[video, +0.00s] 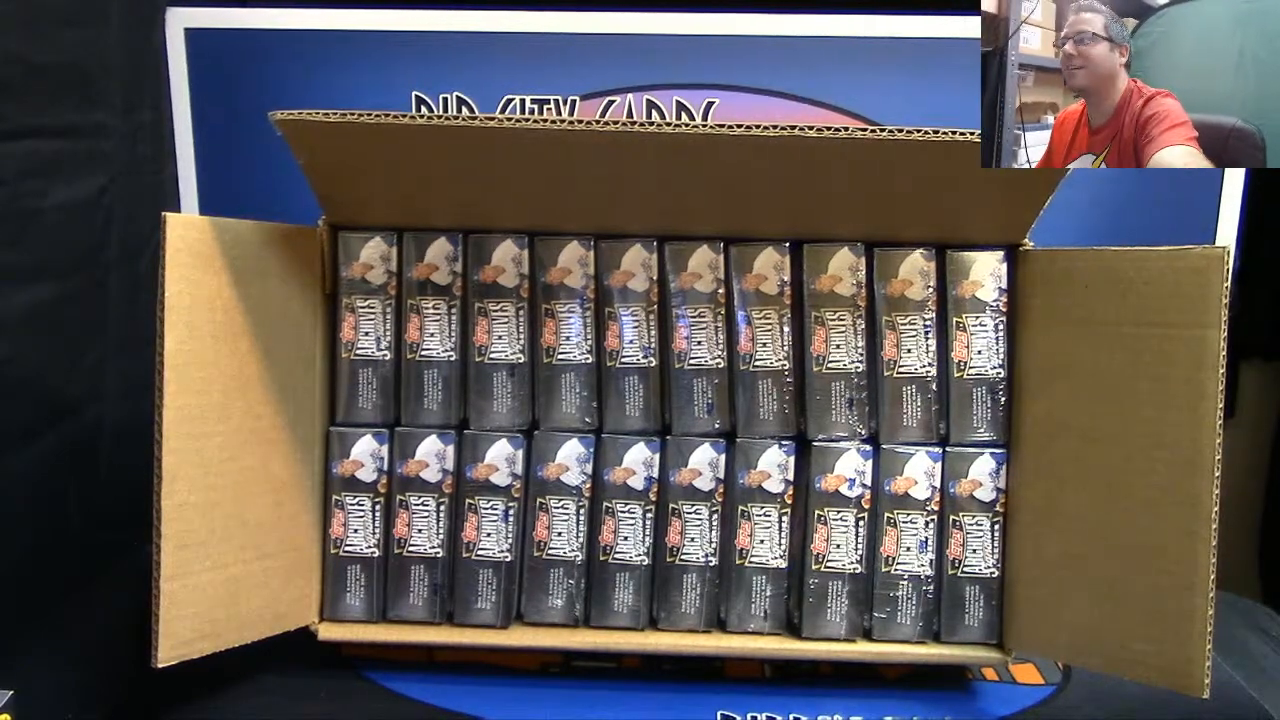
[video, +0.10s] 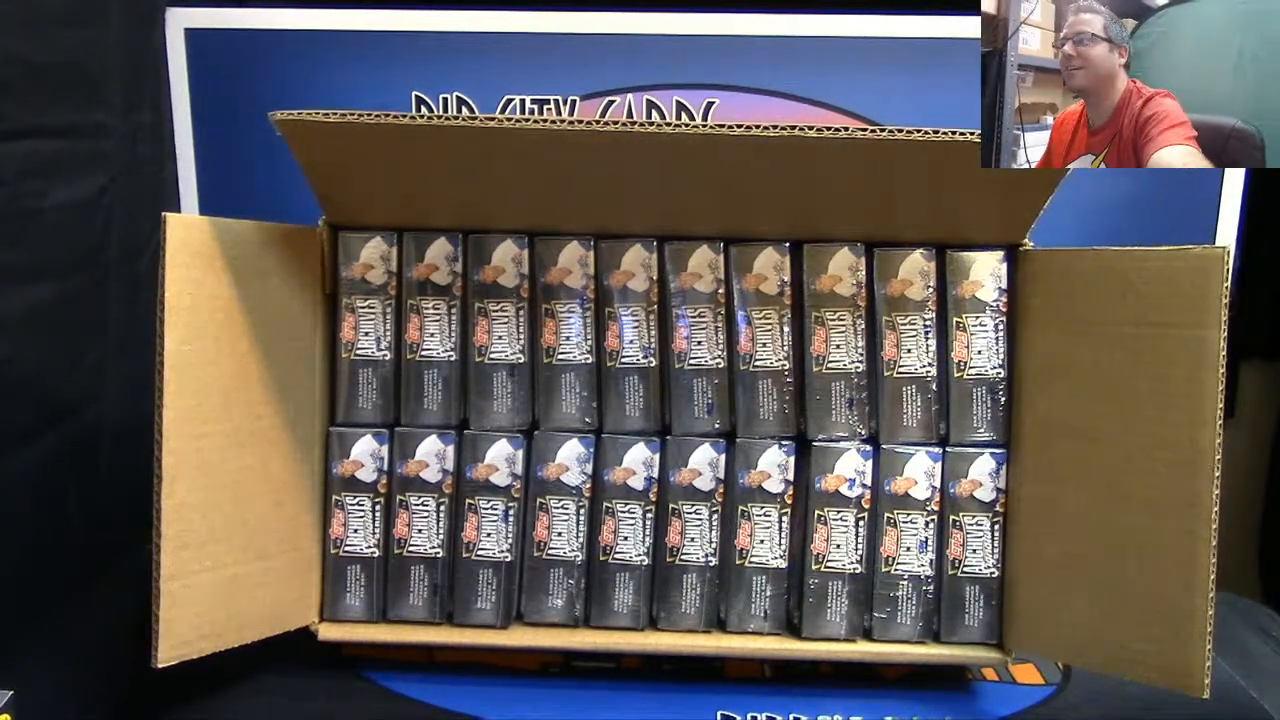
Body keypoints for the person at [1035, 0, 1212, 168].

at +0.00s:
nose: (1067, 50)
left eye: (1083, 40)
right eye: (1063, 43)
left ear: (1122, 53)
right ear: (1059, 52)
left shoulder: (1156, 108)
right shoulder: (1066, 122)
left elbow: (1180, 169)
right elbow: (1038, 186)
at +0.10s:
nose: (1066, 51)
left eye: (1082, 41)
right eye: (1062, 43)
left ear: (1121, 53)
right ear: (1058, 53)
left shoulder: (1155, 109)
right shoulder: (1065, 123)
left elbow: (1179, 169)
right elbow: (1037, 186)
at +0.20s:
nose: (1068, 52)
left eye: (1083, 42)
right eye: (1064, 46)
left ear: (1122, 54)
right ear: (1061, 56)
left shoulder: (1157, 110)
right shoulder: (1069, 124)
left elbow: (1183, 171)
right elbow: (1042, 188)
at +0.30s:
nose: (1070, 51)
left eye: (1086, 42)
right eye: (1066, 45)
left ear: (1124, 55)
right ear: (1064, 56)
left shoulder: (1158, 109)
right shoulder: (1070, 124)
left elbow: (1183, 166)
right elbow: (1042, 187)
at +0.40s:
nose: (1069, 50)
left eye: (1084, 41)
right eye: (1065, 44)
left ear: (1121, 55)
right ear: (1061, 53)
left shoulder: (1154, 110)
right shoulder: (1065, 124)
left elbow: (1178, 162)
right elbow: (1035, 185)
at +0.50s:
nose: (1063, 48)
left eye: (1079, 38)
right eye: (1059, 42)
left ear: (1116, 54)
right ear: (1055, 53)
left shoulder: (1147, 109)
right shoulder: (1059, 123)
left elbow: (1172, 161)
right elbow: (1028, 184)